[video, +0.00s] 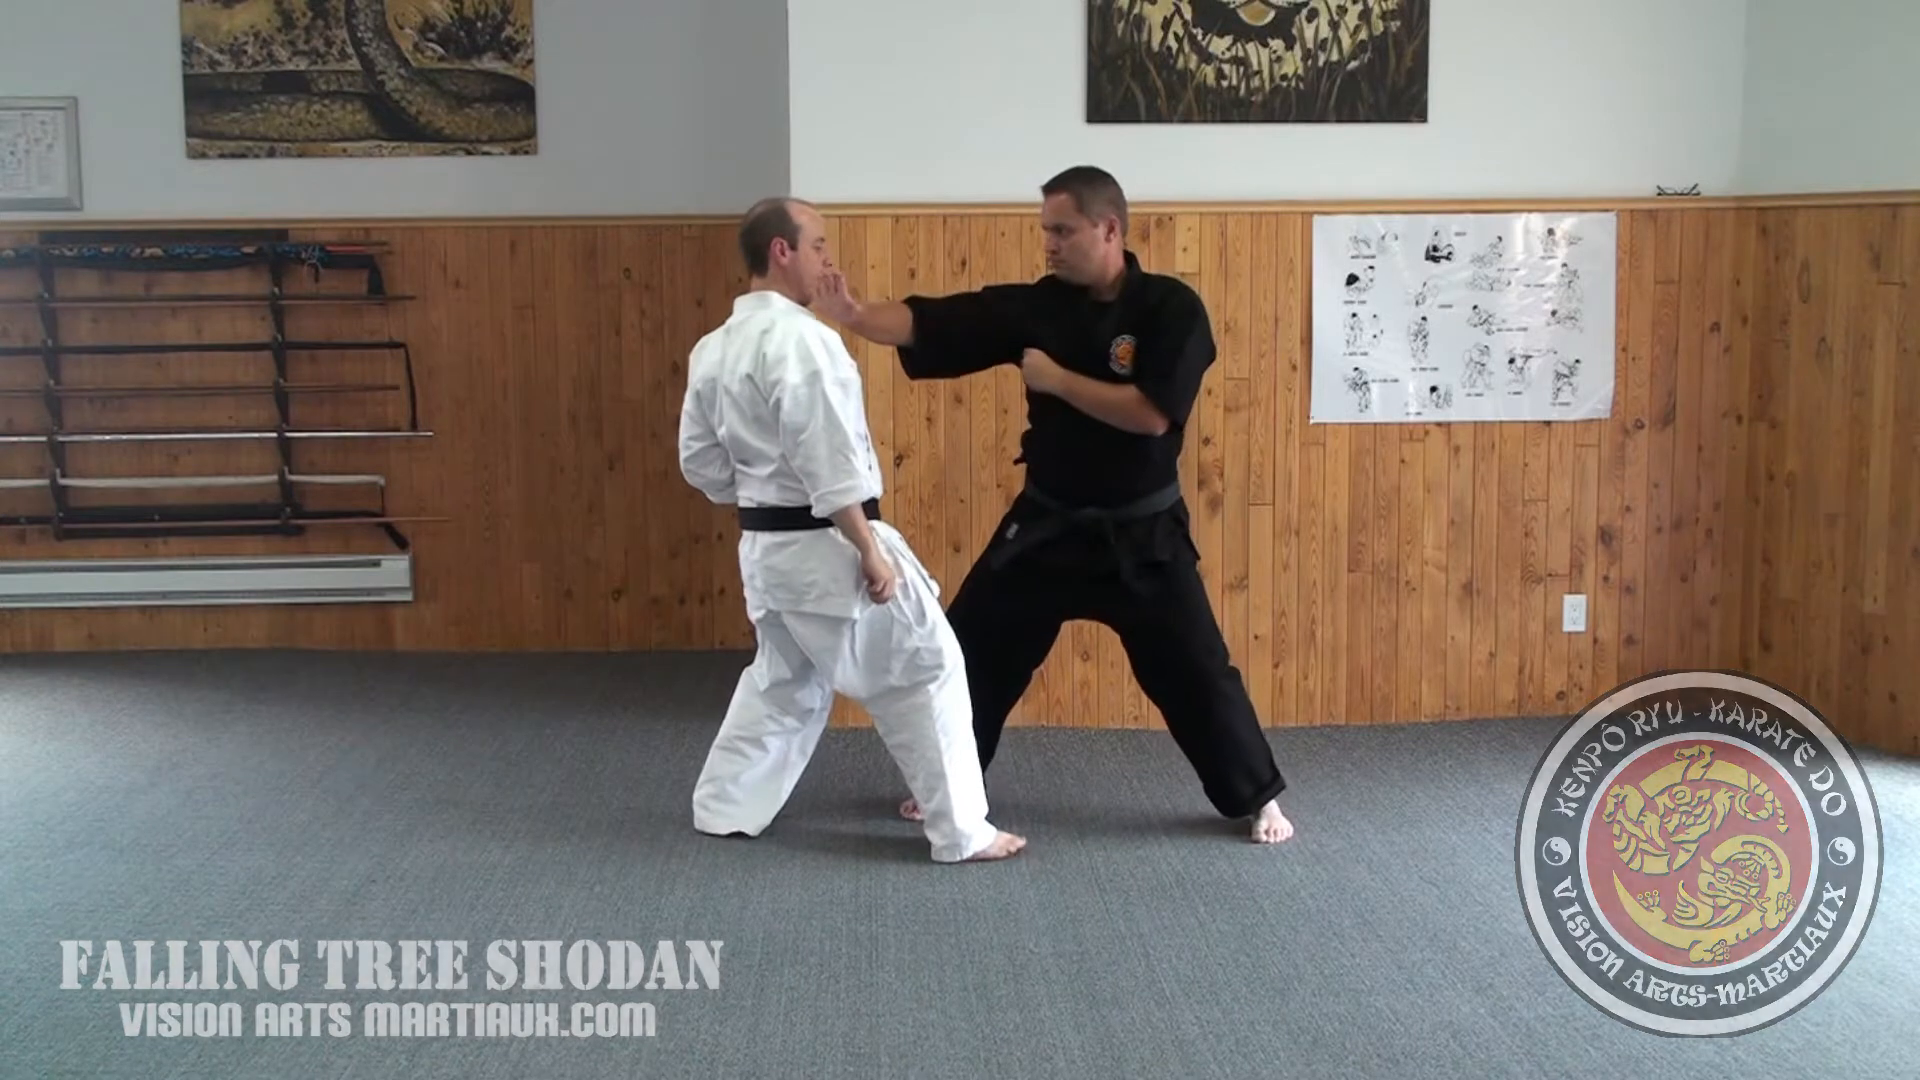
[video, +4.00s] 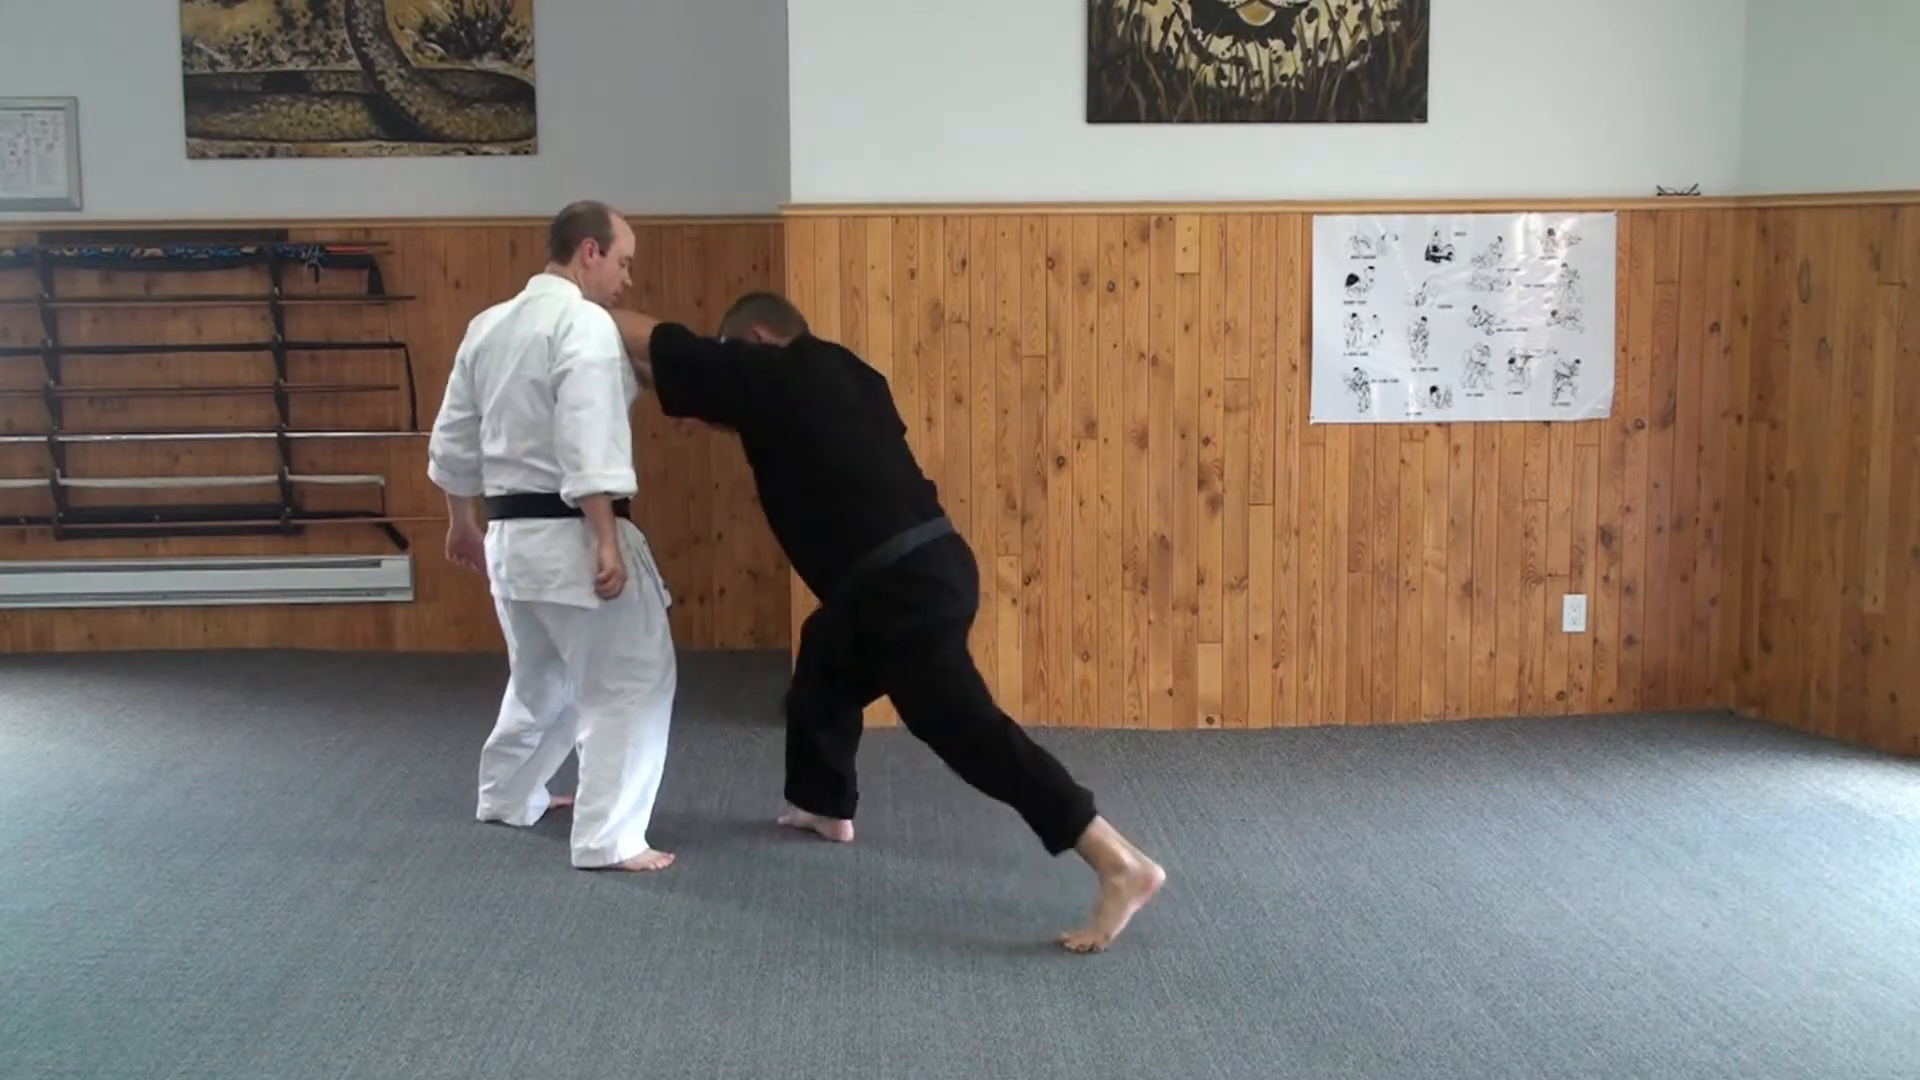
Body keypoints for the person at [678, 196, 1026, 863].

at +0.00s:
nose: (829, 261)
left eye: (827, 246)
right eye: (818, 246)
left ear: (768, 255)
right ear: (781, 252)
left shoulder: (711, 350)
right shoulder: (804, 343)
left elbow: (700, 461)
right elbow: (827, 459)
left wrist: (761, 503)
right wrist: (869, 549)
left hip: (764, 550)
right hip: (830, 548)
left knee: (782, 679)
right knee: (927, 668)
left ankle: (722, 807)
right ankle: (962, 830)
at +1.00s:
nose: (802, 265)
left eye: (800, 251)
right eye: (795, 251)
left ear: (743, 258)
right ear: (762, 254)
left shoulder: (686, 358)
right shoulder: (791, 337)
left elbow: (690, 476)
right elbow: (832, 450)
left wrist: (754, 506)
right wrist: (879, 532)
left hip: (756, 548)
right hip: (831, 542)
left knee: (775, 676)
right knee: (908, 677)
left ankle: (723, 810)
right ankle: (958, 828)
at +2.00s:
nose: (651, 245)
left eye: (648, 230)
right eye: (643, 231)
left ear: (593, 237)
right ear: (608, 234)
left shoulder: (532, 316)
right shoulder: (613, 327)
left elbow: (501, 441)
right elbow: (601, 447)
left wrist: (557, 493)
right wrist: (619, 551)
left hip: (535, 530)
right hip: (602, 540)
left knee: (548, 678)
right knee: (647, 684)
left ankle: (510, 795)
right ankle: (608, 838)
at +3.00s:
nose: (667, 245)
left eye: (663, 230)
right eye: (657, 231)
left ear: (603, 241)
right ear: (622, 237)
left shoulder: (538, 313)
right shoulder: (633, 314)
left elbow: (494, 427)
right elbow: (626, 424)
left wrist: (503, 502)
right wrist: (636, 530)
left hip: (525, 529)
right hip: (594, 533)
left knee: (537, 678)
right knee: (633, 688)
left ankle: (508, 797)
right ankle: (608, 838)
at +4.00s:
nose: (630, 278)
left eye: (631, 263)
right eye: (624, 262)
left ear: (573, 256)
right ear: (590, 254)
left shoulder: (487, 325)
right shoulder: (587, 325)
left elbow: (454, 438)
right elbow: (589, 435)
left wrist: (463, 518)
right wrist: (606, 534)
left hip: (507, 540)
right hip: (576, 537)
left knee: (540, 677)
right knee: (634, 683)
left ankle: (509, 797)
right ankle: (611, 840)